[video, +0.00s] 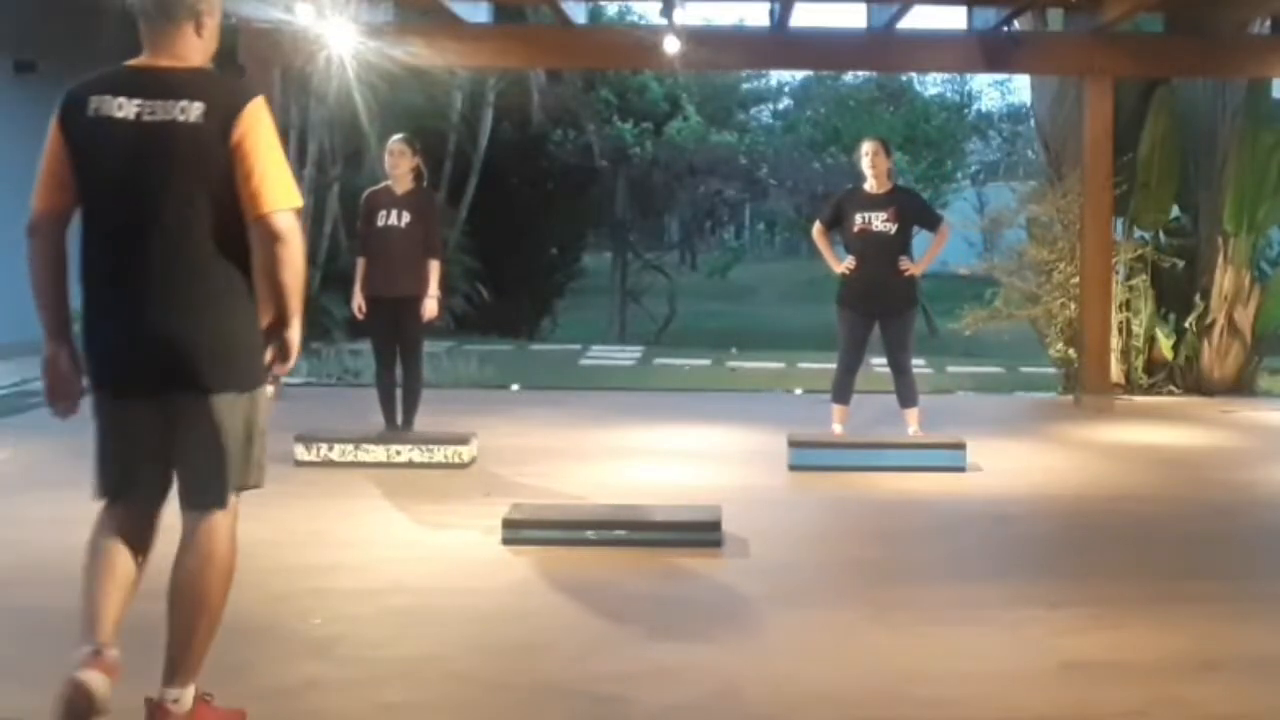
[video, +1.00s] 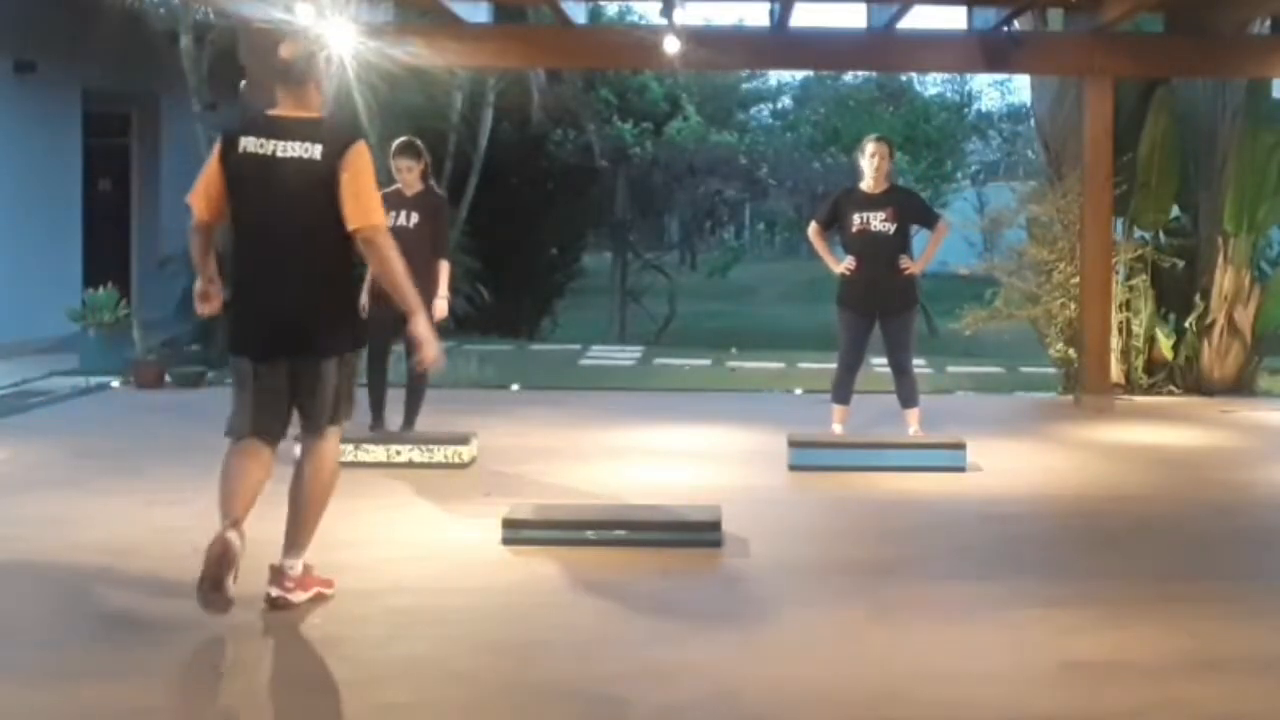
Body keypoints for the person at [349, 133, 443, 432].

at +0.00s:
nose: (392, 160)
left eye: (399, 154)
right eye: (389, 154)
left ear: (415, 160)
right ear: (383, 158)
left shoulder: (426, 199)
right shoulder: (372, 198)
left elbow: (434, 250)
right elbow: (363, 248)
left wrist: (432, 292)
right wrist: (357, 288)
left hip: (412, 295)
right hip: (378, 295)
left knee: (411, 363)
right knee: (384, 363)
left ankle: (407, 424)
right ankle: (390, 423)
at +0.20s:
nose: (394, 160)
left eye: (401, 154)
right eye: (391, 154)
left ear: (416, 160)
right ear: (386, 158)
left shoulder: (428, 200)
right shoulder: (373, 198)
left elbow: (435, 250)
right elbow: (364, 248)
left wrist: (434, 293)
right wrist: (358, 288)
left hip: (413, 296)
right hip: (379, 295)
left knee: (412, 364)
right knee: (385, 364)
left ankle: (408, 424)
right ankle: (390, 423)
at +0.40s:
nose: (395, 161)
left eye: (402, 156)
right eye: (392, 155)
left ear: (418, 161)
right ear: (387, 159)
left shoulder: (429, 199)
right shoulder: (375, 197)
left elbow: (436, 250)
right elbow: (365, 249)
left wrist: (434, 293)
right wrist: (359, 290)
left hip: (413, 296)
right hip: (380, 295)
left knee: (412, 362)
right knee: (385, 362)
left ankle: (407, 423)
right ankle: (390, 423)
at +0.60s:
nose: (398, 164)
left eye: (404, 158)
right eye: (394, 158)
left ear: (418, 161)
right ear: (388, 161)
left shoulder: (431, 199)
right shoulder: (376, 198)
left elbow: (437, 250)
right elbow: (367, 248)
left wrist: (435, 293)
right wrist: (359, 289)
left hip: (414, 295)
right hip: (381, 294)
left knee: (412, 362)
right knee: (385, 362)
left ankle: (407, 423)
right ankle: (390, 423)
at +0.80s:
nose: (400, 173)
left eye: (406, 167)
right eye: (396, 167)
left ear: (420, 165)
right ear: (390, 167)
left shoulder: (434, 201)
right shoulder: (380, 199)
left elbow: (440, 251)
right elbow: (371, 249)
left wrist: (438, 293)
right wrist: (362, 288)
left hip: (417, 294)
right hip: (383, 293)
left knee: (415, 361)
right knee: (380, 357)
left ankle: (409, 421)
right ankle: (386, 418)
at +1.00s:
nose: (403, 175)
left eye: (408, 169)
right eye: (398, 169)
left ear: (422, 166)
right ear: (392, 168)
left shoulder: (436, 203)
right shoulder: (384, 199)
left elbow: (443, 252)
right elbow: (376, 249)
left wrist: (442, 294)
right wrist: (365, 288)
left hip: (420, 291)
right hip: (384, 288)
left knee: (418, 359)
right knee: (376, 355)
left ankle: (409, 421)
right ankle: (376, 417)